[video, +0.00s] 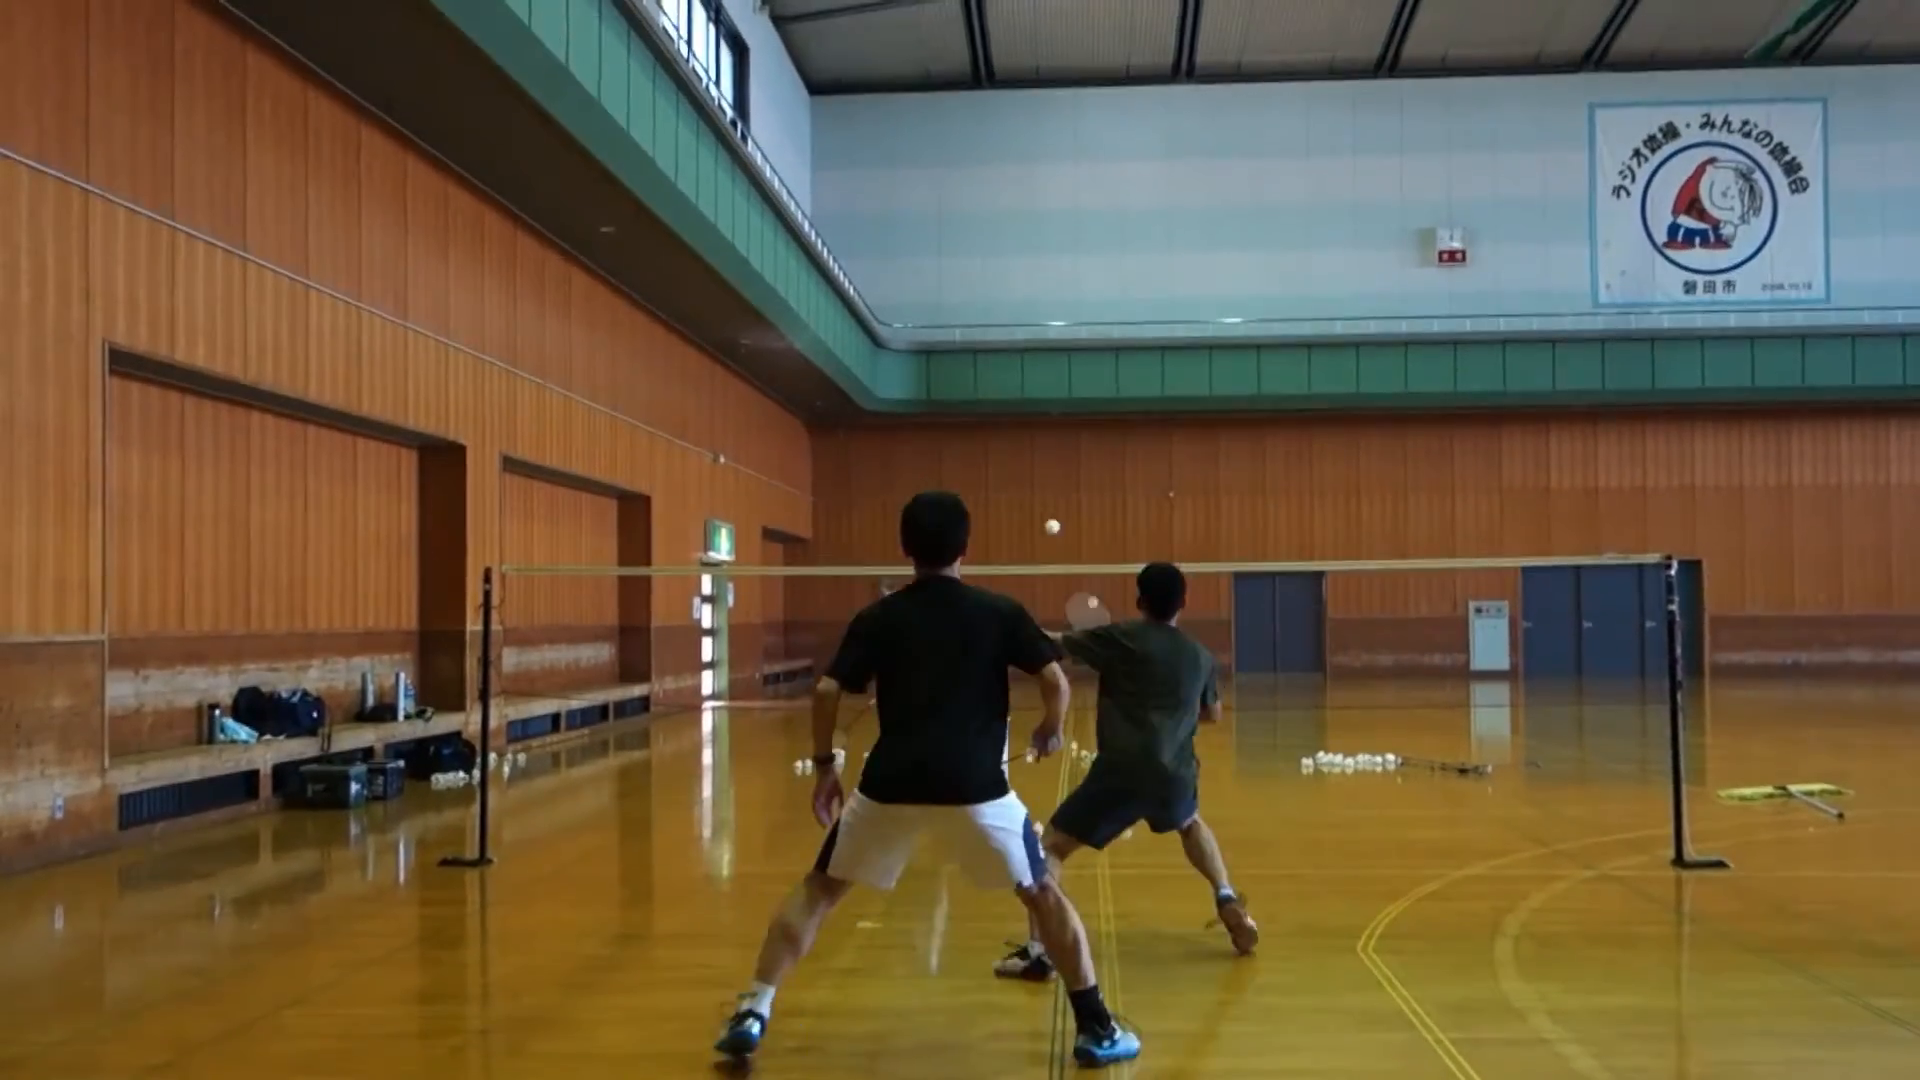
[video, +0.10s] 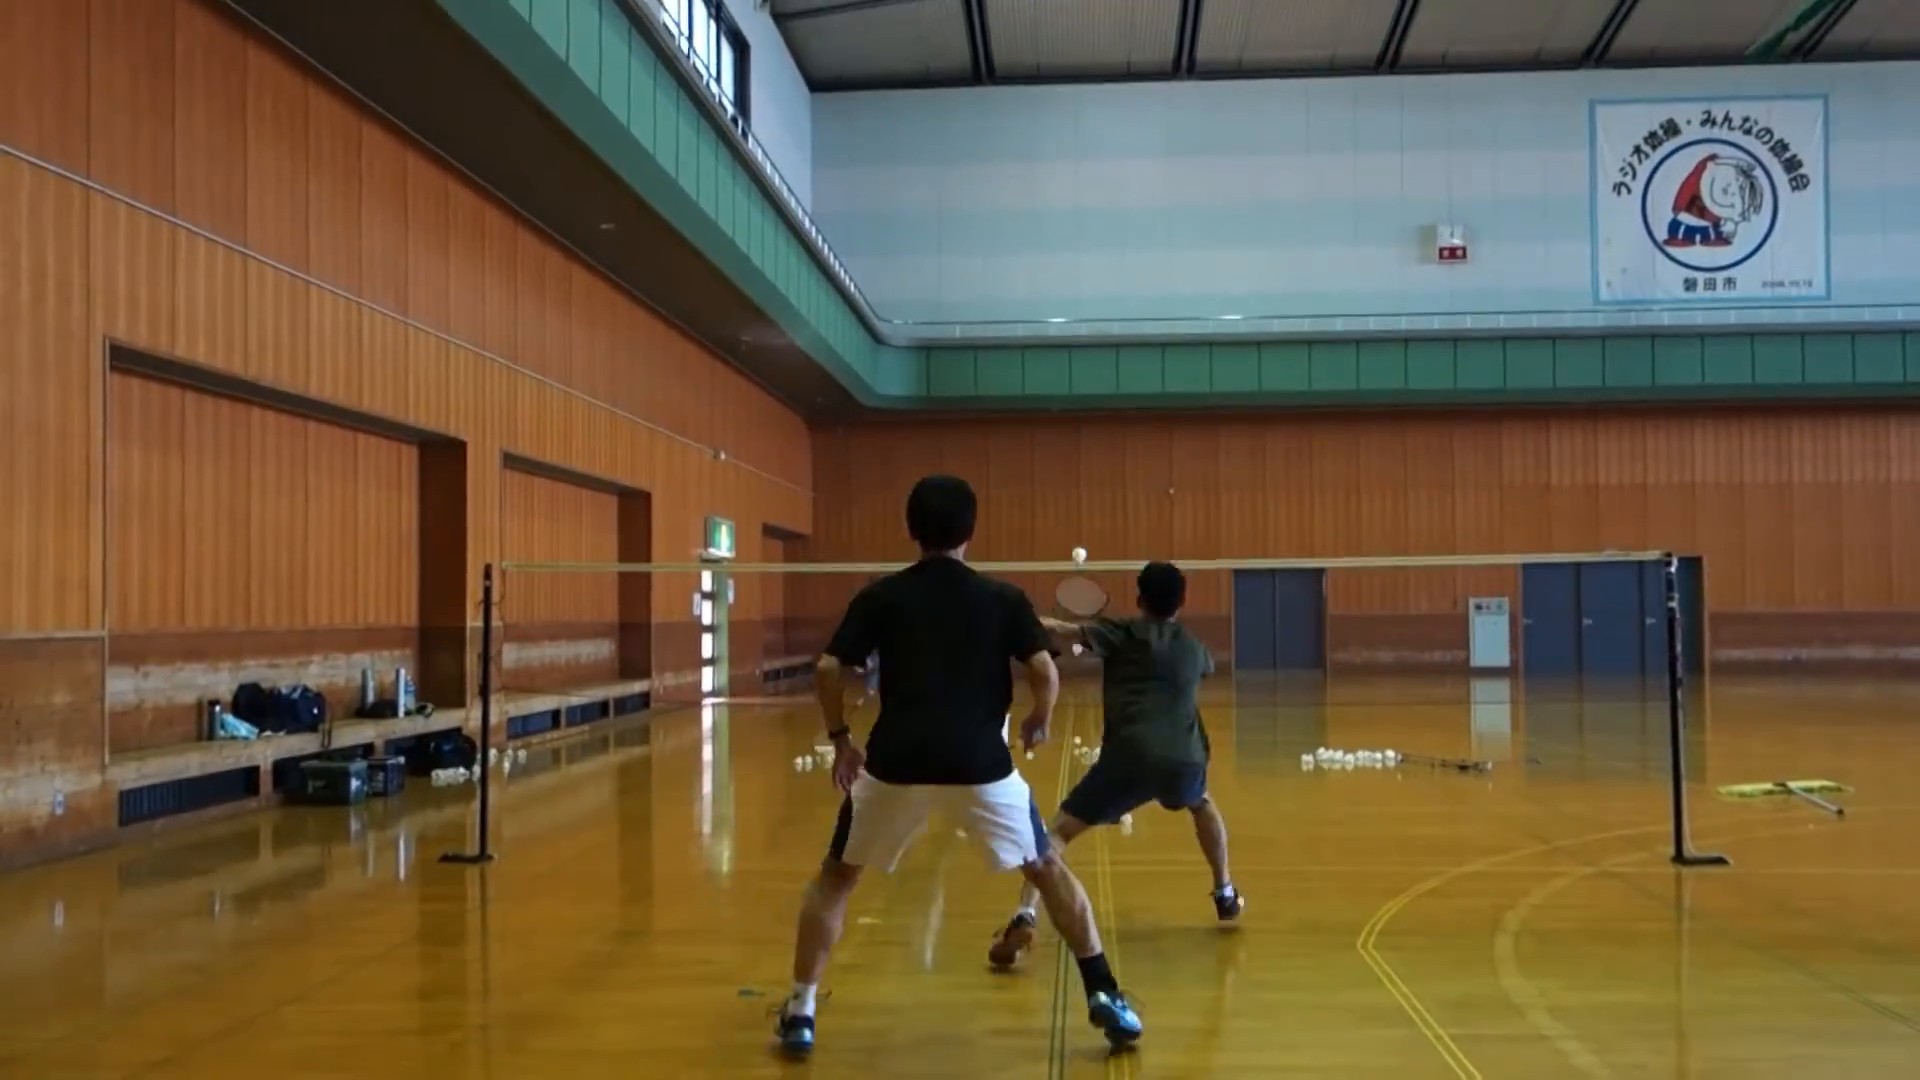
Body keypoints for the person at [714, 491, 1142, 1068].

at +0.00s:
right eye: (958, 539)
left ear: (905, 547)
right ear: (964, 547)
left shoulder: (878, 617)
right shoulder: (999, 613)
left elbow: (826, 691)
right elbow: (1056, 679)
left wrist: (825, 766)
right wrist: (1051, 728)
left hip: (890, 788)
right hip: (976, 789)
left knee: (817, 890)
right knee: (1043, 893)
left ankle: (754, 1009)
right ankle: (1096, 1027)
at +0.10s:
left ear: (912, 529)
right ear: (971, 531)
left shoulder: (881, 597)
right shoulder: (1003, 599)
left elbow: (828, 670)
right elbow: (1044, 673)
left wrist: (840, 738)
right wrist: (1039, 720)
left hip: (894, 765)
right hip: (982, 766)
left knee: (836, 877)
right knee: (1048, 869)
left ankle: (800, 1011)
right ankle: (1103, 992)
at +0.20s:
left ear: (910, 538)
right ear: (969, 540)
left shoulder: (881, 608)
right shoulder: (1000, 610)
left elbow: (835, 684)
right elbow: (1030, 701)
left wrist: (838, 762)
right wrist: (1019, 766)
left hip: (900, 780)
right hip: (989, 775)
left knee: (848, 882)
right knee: (1054, 876)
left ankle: (817, 1013)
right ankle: (1117, 1000)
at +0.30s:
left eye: (899, 548)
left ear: (896, 554)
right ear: (954, 557)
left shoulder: (869, 624)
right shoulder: (986, 621)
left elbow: (816, 701)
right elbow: (1018, 708)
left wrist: (803, 783)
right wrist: (1022, 764)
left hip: (900, 793)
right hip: (985, 789)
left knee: (833, 877)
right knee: (1058, 888)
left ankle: (819, 1009)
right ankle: (1124, 1004)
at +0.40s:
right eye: (925, 540)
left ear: (868, 545)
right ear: (926, 547)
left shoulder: (838, 606)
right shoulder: (953, 607)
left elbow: (772, 655)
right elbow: (994, 672)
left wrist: (771, 740)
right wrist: (1000, 739)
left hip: (847, 772)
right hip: (931, 777)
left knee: (782, 853)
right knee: (1014, 875)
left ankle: (780, 981)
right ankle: (1088, 996)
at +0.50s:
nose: (894, 555)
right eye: (893, 549)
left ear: (832, 555)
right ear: (890, 558)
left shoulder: (808, 617)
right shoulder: (917, 623)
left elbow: (742, 681)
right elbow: (952, 699)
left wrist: (734, 770)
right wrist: (949, 782)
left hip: (806, 782)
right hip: (889, 784)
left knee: (737, 868)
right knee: (977, 877)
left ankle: (685, 988)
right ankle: (1033, 1008)